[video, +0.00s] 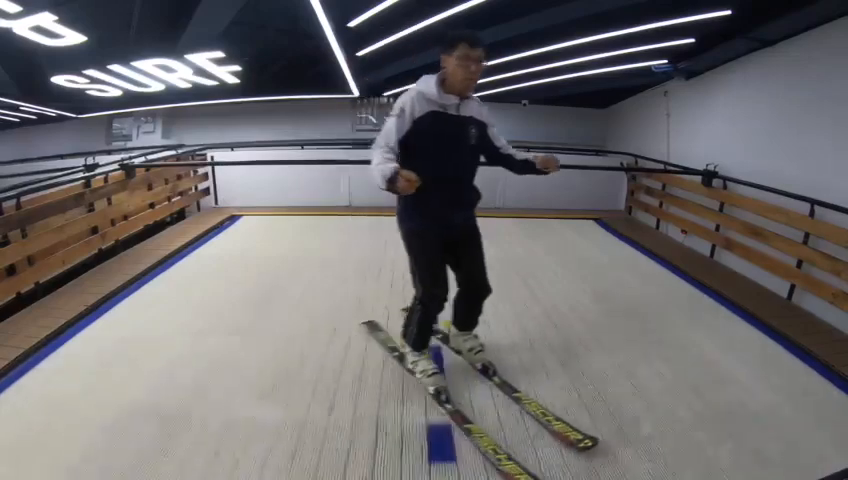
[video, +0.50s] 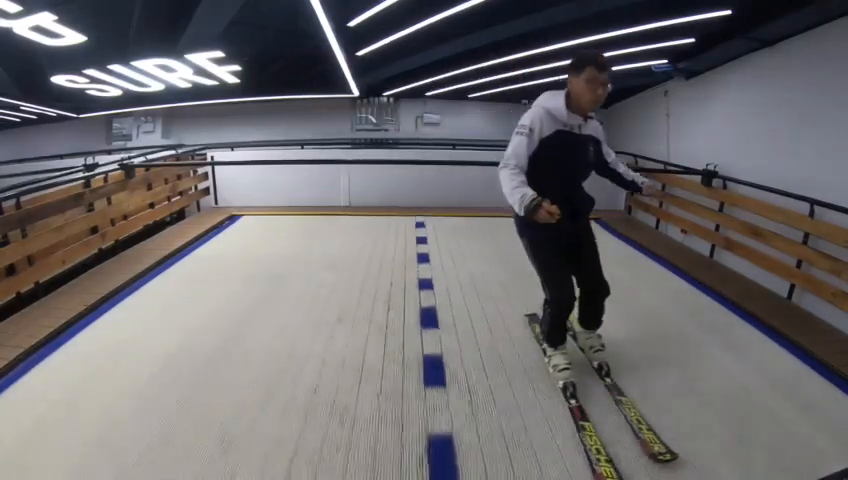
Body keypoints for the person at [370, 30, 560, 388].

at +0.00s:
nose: (474, 70)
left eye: (479, 63)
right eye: (466, 61)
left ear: (483, 67)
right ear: (444, 61)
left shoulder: (476, 111)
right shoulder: (414, 101)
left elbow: (501, 155)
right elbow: (382, 153)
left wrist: (535, 163)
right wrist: (392, 176)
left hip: (459, 211)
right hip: (419, 211)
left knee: (476, 287)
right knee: (432, 292)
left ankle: (461, 332)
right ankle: (416, 349)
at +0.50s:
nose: (601, 93)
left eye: (605, 87)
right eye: (593, 84)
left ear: (607, 89)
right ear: (572, 81)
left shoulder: (591, 126)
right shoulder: (543, 112)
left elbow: (607, 164)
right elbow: (509, 167)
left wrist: (640, 185)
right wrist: (529, 204)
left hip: (575, 214)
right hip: (538, 215)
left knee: (595, 287)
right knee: (561, 293)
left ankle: (587, 329)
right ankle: (553, 344)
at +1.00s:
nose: (639, 98)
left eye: (644, 91)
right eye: (631, 90)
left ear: (648, 93)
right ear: (609, 88)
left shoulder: (645, 138)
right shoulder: (578, 127)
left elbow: (668, 181)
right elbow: (549, 179)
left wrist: (701, 201)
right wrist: (557, 209)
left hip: (624, 238)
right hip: (580, 239)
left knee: (635, 308)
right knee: (594, 318)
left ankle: (649, 367)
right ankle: (612, 375)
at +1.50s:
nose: (542, 86)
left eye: (551, 78)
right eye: (533, 77)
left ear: (563, 83)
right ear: (518, 80)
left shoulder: (576, 139)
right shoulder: (489, 122)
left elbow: (608, 191)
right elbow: (462, 172)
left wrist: (620, 214)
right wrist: (434, 196)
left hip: (536, 253)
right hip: (485, 247)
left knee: (531, 340)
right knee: (474, 332)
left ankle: (575, 403)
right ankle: (509, 395)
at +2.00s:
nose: (310, 64)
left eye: (321, 56)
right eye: (304, 56)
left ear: (342, 59)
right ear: (298, 59)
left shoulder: (362, 108)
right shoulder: (286, 105)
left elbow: (402, 153)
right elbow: (263, 155)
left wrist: (403, 184)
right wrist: (225, 174)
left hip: (339, 221)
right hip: (294, 218)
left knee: (326, 303)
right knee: (279, 301)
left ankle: (369, 371)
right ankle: (305, 357)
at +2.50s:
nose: (188, 89)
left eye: (198, 81)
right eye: (183, 80)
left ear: (218, 82)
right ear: (177, 81)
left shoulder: (239, 128)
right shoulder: (162, 126)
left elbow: (273, 172)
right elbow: (139, 171)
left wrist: (262, 199)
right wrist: (106, 188)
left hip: (217, 234)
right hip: (173, 231)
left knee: (193, 306)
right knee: (157, 306)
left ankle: (187, 363)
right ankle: (155, 353)